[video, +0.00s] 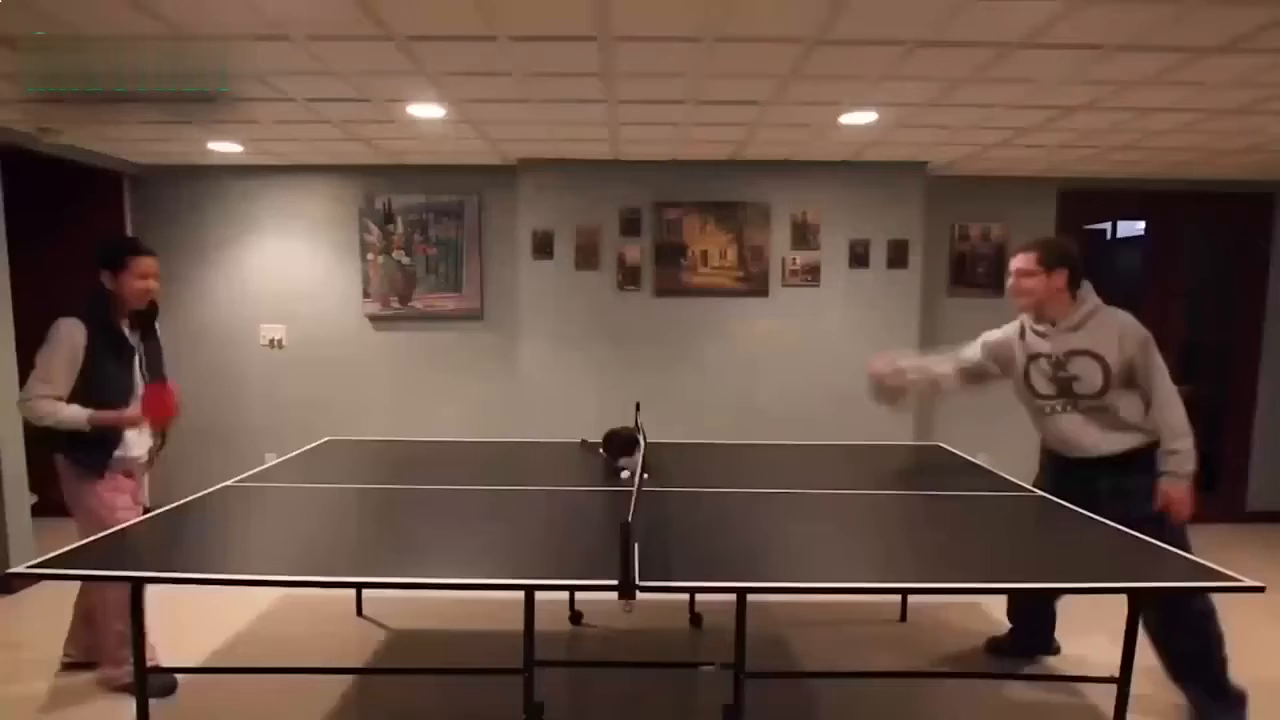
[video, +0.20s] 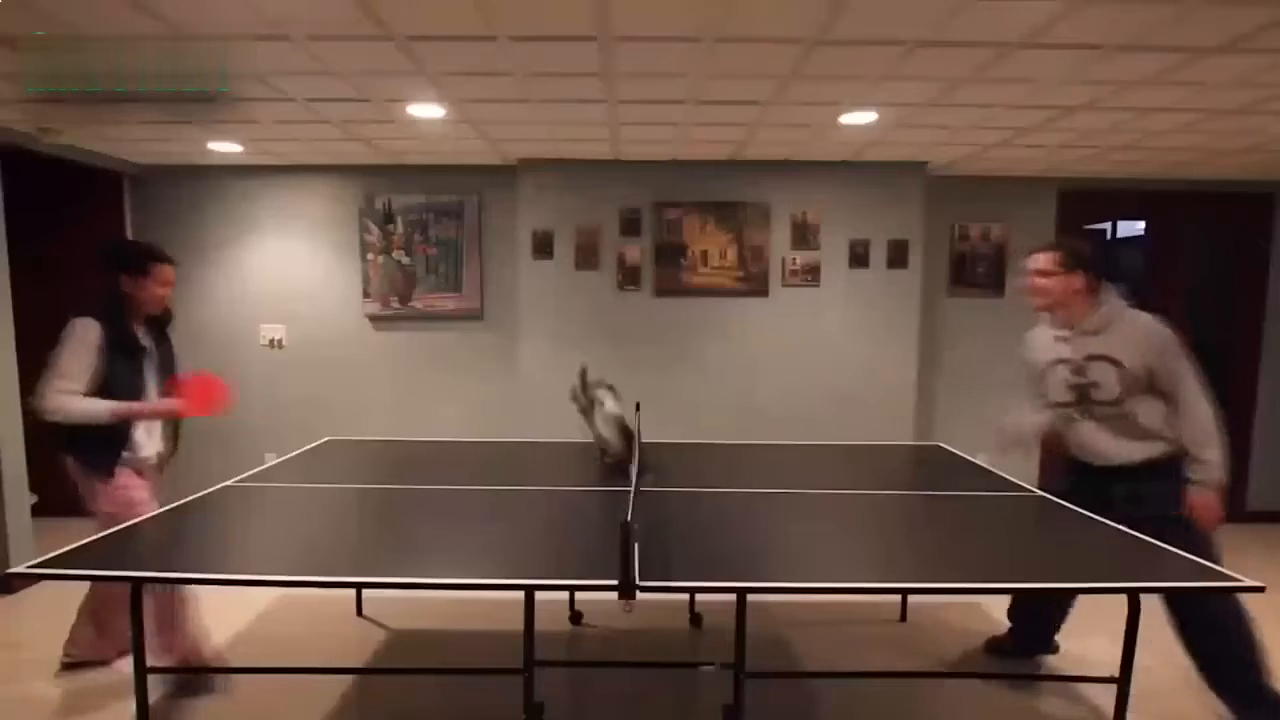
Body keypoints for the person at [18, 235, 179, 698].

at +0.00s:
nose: (152, 288)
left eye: (155, 278)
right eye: (142, 278)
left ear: (156, 282)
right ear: (110, 280)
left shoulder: (145, 333)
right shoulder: (75, 331)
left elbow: (149, 400)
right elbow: (34, 404)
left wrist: (160, 416)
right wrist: (112, 418)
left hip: (134, 466)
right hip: (90, 469)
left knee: (114, 554)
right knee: (127, 554)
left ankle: (83, 647)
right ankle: (124, 667)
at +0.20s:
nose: (168, 296)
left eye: (170, 286)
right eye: (161, 285)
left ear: (161, 288)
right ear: (130, 284)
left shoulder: (155, 335)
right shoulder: (91, 330)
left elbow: (155, 396)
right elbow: (51, 401)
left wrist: (187, 398)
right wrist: (132, 410)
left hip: (147, 463)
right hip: (104, 465)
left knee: (125, 553)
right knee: (156, 543)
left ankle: (86, 650)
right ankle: (187, 659)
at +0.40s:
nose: (238, 316)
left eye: (241, 306)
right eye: (231, 304)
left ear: (220, 306)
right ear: (205, 301)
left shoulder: (203, 346)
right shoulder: (164, 343)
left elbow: (194, 410)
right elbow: (170, 411)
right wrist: (249, 416)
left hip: (181, 475)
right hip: (145, 476)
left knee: (147, 564)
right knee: (213, 559)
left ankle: (92, 652)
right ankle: (228, 658)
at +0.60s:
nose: (283, 321)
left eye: (287, 313)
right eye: (282, 312)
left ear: (251, 298)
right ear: (260, 304)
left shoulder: (208, 320)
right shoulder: (227, 337)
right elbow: (212, 418)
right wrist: (256, 430)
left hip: (148, 442)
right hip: (171, 453)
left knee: (169, 550)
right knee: (221, 552)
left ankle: (136, 640)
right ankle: (228, 658)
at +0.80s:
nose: (261, 320)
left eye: (263, 310)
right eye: (258, 310)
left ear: (224, 302)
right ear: (236, 306)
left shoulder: (179, 326)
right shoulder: (206, 344)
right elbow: (236, 420)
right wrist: (289, 410)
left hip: (132, 454)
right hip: (153, 463)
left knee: (158, 543)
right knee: (212, 549)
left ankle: (123, 634)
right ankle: (227, 658)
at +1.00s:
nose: (221, 306)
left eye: (223, 297)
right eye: (216, 296)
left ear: (186, 294)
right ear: (189, 294)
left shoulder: (151, 320)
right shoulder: (170, 340)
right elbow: (201, 413)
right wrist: (252, 404)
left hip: (111, 449)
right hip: (131, 459)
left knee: (135, 547)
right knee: (165, 550)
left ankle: (116, 633)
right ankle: (168, 655)